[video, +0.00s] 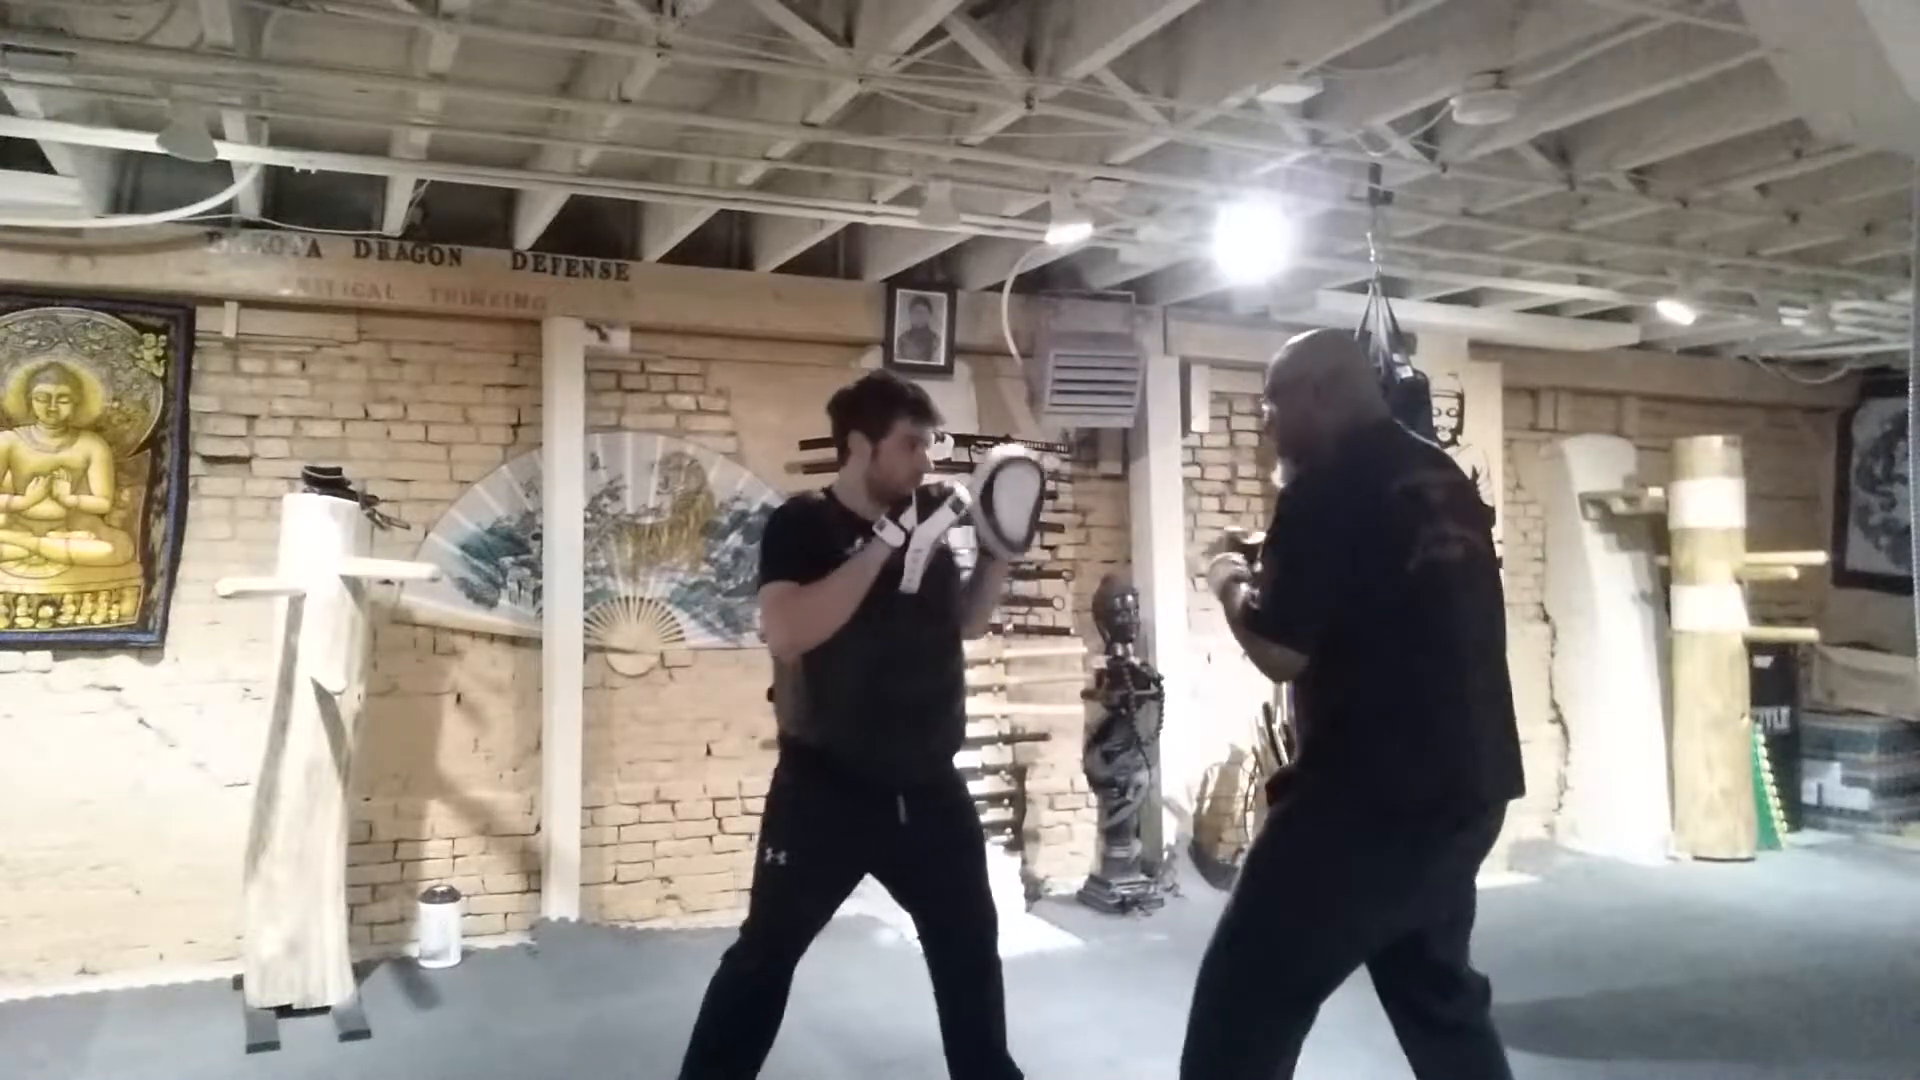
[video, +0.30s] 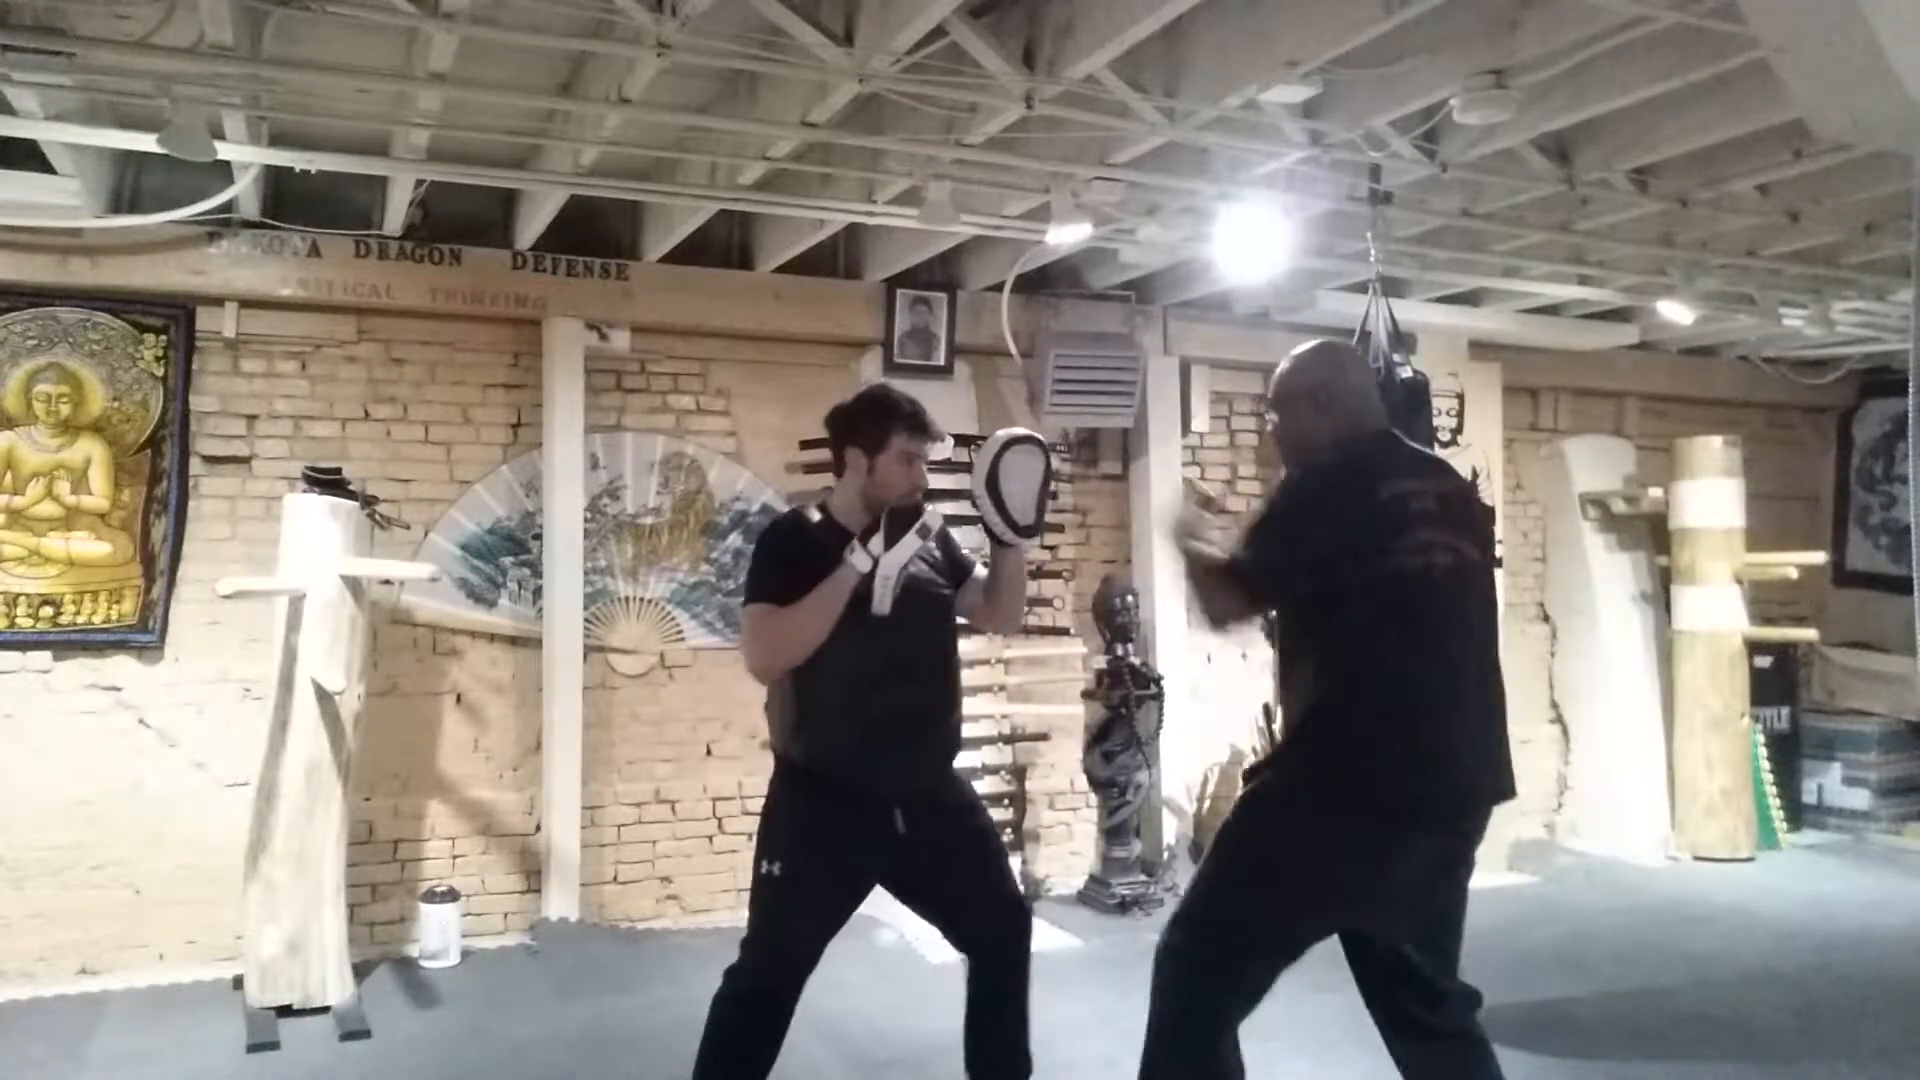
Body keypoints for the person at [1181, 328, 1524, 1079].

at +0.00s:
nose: (1268, 428)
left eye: (1275, 404)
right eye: (1267, 407)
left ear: (1326, 396)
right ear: (1359, 394)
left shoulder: (1327, 488)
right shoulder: (1443, 476)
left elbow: (1284, 656)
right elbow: (1397, 624)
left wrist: (1234, 593)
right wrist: (1281, 581)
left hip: (1364, 793)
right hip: (1466, 782)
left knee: (1238, 1017)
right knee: (1441, 1006)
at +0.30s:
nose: (1273, 432)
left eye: (1281, 412)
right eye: (1271, 415)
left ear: (1324, 408)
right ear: (1370, 406)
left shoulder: (1324, 487)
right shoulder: (1454, 491)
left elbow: (1225, 600)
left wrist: (1191, 543)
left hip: (1341, 784)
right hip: (1455, 785)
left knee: (1195, 973)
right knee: (1426, 1007)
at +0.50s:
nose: (1239, 424)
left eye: (1247, 407)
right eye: (1240, 407)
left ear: (1281, 408)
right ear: (1340, 404)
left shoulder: (1259, 488)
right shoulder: (1429, 491)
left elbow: (1114, 540)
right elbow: (1479, 627)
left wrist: (1051, 467)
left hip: (1306, 803)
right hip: (1428, 798)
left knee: (1189, 1018)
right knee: (1409, 1007)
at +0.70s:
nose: (1184, 434)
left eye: (1197, 415)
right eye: (1184, 417)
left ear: (1248, 412)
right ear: (1261, 413)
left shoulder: (1275, 512)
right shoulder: (1329, 494)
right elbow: (1284, 585)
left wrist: (1145, 647)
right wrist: (1200, 521)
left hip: (1292, 823)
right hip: (1368, 813)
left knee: (1159, 984)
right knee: (1376, 1019)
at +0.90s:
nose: (1141, 450)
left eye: (1147, 429)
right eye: (1139, 432)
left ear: (1198, 418)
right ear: (1202, 420)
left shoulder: (1298, 504)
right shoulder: (1208, 512)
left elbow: (1302, 678)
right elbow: (1131, 580)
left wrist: (1166, 636)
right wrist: (1057, 533)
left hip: (1278, 815)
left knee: (1142, 985)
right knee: (1335, 984)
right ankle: (1415, 1075)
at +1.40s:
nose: (1139, 484)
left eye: (1142, 467)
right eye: (1137, 469)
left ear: (1170, 458)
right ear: (1223, 452)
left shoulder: (1156, 545)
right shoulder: (1330, 520)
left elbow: (1056, 660)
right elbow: (1421, 640)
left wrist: (995, 634)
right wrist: (1342, 693)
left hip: (1231, 811)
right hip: (1356, 802)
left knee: (1128, 990)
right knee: (1334, 986)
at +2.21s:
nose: (1162, 442)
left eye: (1164, 432)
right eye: (1163, 434)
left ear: (1173, 435)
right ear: (1251, 430)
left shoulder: (1136, 504)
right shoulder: (1329, 509)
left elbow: (1025, 496)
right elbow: (1402, 604)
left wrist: (1075, 458)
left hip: (1170, 805)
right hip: (1300, 801)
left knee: (1126, 1010)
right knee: (1310, 980)